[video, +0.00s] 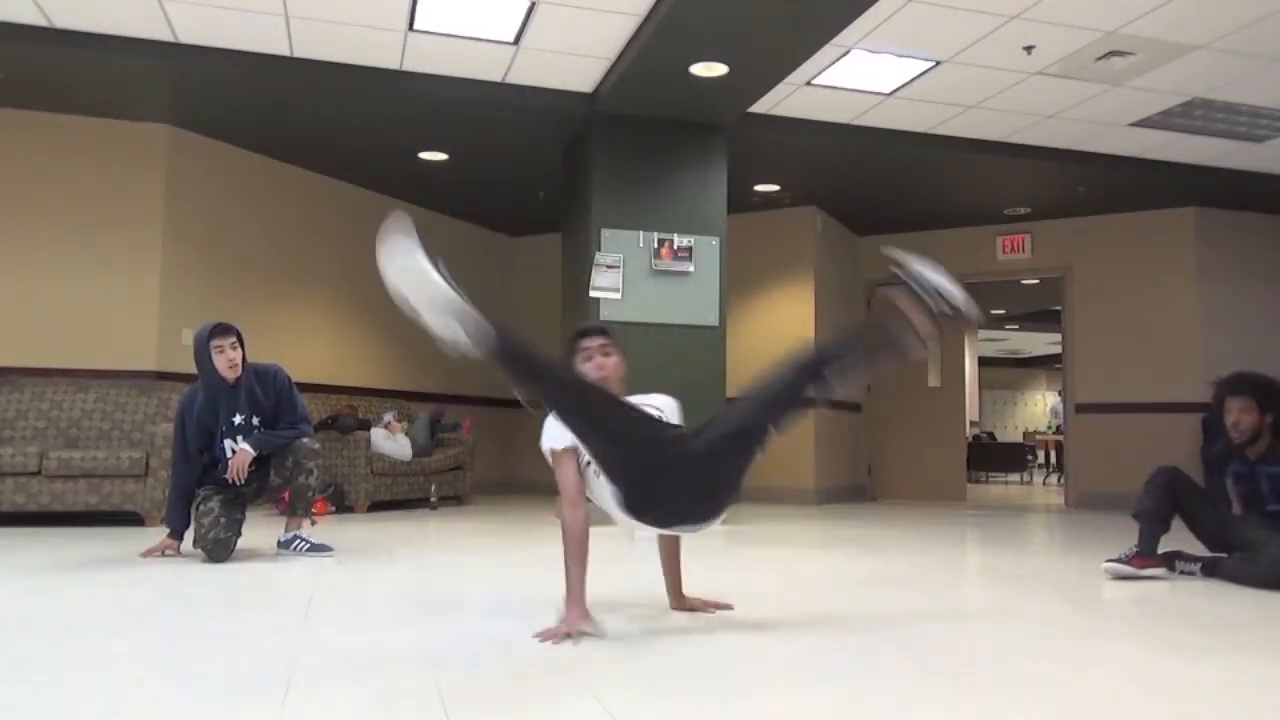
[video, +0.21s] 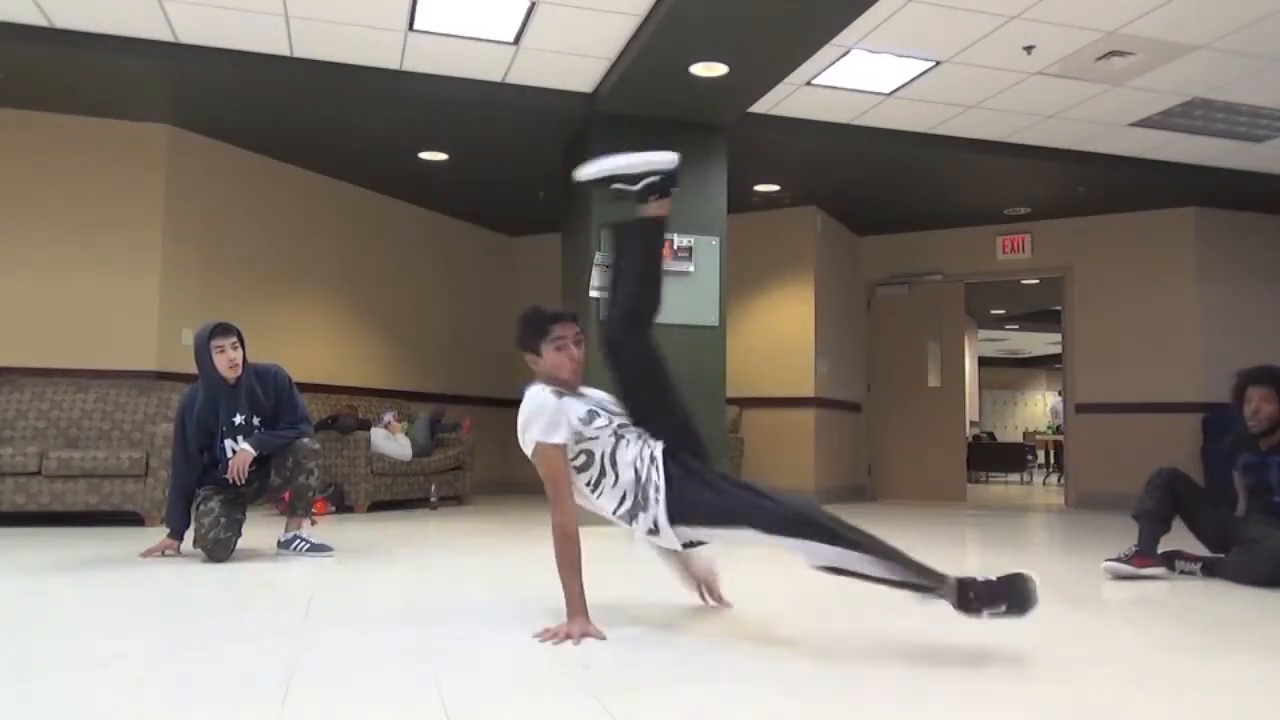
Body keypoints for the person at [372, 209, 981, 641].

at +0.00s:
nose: (594, 361)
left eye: (604, 353)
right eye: (585, 356)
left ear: (624, 366)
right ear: (574, 371)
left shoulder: (657, 407)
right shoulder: (568, 416)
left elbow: (656, 504)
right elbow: (573, 514)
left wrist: (675, 593)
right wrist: (577, 609)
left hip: (705, 486)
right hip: (650, 494)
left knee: (786, 385)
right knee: (552, 381)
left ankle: (900, 330)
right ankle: (473, 327)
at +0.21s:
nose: (576, 354)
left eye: (573, 345)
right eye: (561, 346)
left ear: (575, 352)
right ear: (534, 357)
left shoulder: (585, 399)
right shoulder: (539, 406)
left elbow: (637, 484)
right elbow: (563, 513)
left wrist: (686, 561)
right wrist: (576, 613)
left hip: (676, 461)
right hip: (673, 501)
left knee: (626, 334)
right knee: (803, 524)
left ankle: (651, 206)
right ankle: (960, 593)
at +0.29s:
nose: (582, 356)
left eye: (581, 344)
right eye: (570, 348)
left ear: (540, 352)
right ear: (535, 354)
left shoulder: (543, 381)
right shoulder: (552, 414)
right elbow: (567, 518)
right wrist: (577, 614)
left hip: (638, 444)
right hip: (663, 493)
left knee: (640, 336)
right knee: (785, 517)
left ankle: (714, 242)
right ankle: (892, 565)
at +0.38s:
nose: (605, 356)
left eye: (604, 344)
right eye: (594, 348)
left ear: (554, 345)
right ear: (559, 353)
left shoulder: (535, 352)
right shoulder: (574, 418)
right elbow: (574, 522)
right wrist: (579, 615)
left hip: (612, 429)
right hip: (628, 480)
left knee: (668, 348)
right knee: (735, 514)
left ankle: (788, 287)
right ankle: (777, 554)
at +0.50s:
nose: (673, 374)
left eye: (673, 361)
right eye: (660, 369)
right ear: (625, 368)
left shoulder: (603, 306)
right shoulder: (606, 423)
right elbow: (593, 525)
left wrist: (699, 364)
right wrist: (580, 617)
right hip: (561, 456)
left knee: (692, 388)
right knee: (619, 556)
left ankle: (793, 392)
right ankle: (551, 551)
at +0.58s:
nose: (684, 404)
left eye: (693, 388)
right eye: (671, 391)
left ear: (703, 370)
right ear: (645, 378)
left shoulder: (702, 369)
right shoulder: (605, 397)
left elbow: (697, 460)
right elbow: (595, 516)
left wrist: (713, 553)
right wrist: (579, 617)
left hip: (609, 417)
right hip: (540, 420)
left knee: (695, 474)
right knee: (489, 551)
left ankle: (715, 570)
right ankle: (412, 529)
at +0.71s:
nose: (700, 416)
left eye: (712, 406)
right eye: (692, 401)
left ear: (730, 402)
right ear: (676, 388)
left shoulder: (729, 426)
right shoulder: (639, 401)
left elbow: (679, 511)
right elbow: (603, 514)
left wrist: (657, 605)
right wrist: (580, 616)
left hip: (599, 438)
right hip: (556, 400)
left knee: (579, 555)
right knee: (448, 477)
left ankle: (516, 515)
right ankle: (311, 507)